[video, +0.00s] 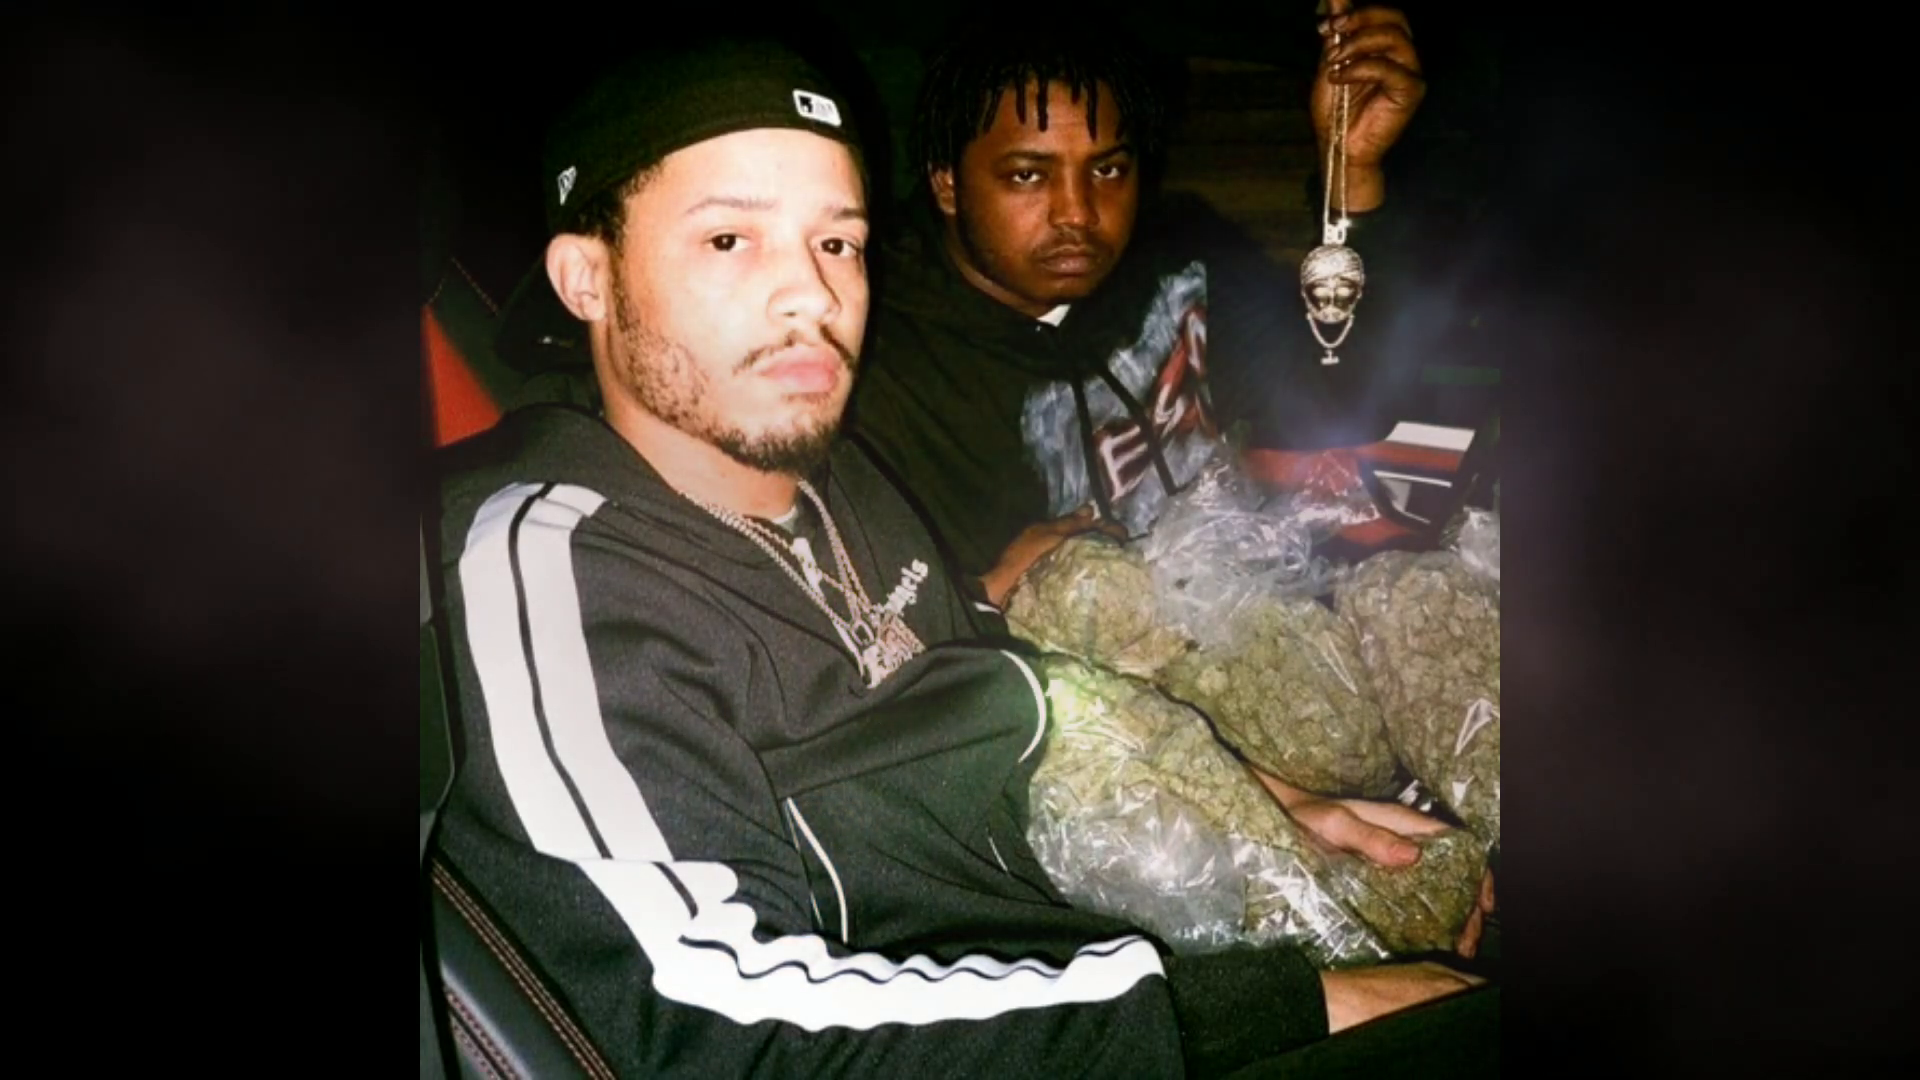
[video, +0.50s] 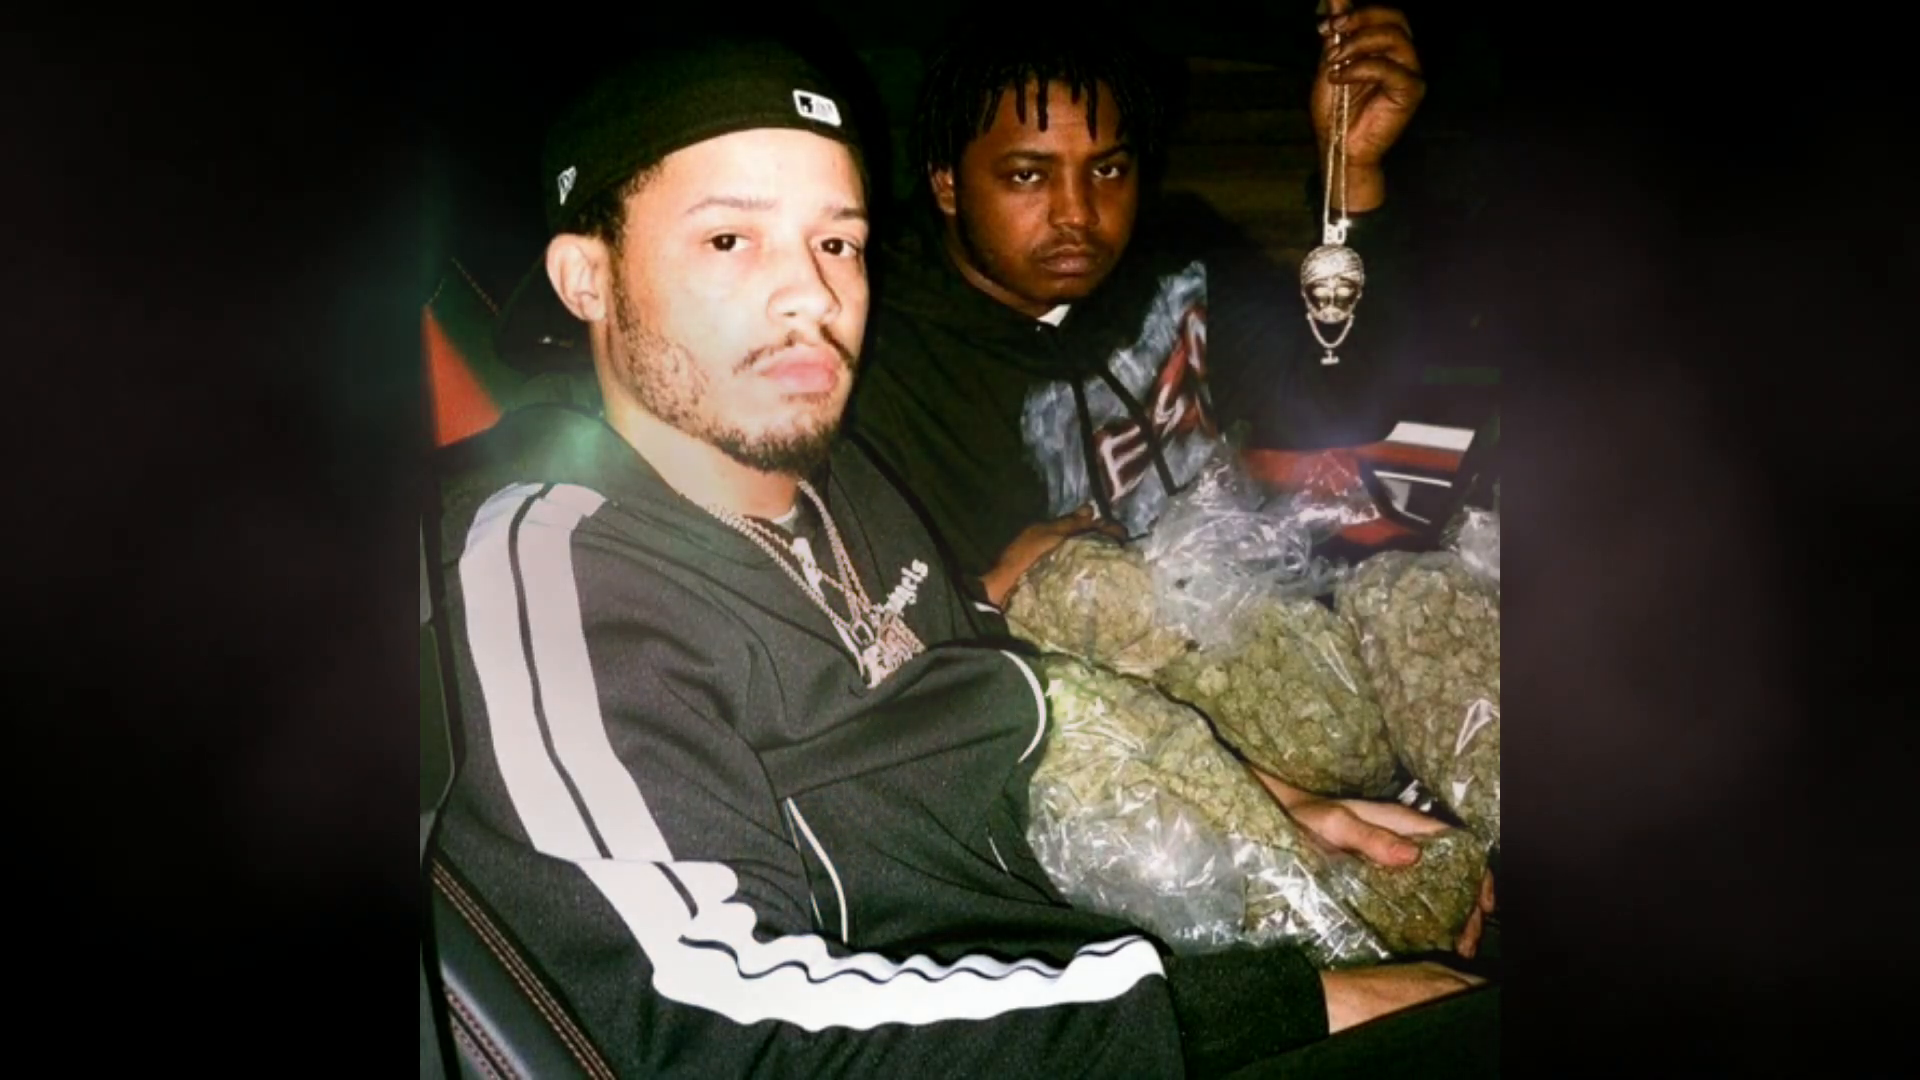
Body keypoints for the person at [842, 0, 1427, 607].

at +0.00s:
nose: (1077, 216)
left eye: (1107, 170)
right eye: (1028, 176)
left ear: (1141, 172)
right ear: (946, 187)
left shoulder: (1183, 251)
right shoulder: (894, 375)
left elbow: (1342, 411)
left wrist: (1352, 172)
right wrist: (994, 590)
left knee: (1422, 594)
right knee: (1076, 580)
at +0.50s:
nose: (1077, 216)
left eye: (1107, 171)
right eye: (1028, 176)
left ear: (1140, 173)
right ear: (946, 187)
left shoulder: (1179, 255)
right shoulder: (896, 367)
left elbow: (1343, 407)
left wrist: (1352, 172)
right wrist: (997, 586)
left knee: (1422, 596)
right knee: (1075, 578)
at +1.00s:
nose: (1077, 217)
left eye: (1108, 171)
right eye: (1028, 176)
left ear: (1141, 172)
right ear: (946, 187)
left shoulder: (1180, 255)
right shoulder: (892, 373)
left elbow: (1345, 408)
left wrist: (1352, 171)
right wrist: (990, 594)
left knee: (1429, 604)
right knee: (1079, 581)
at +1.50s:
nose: (1077, 217)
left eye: (1107, 171)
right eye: (1029, 176)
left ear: (1140, 174)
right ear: (946, 187)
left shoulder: (1176, 254)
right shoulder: (890, 375)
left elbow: (1341, 409)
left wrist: (1353, 171)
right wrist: (990, 596)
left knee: (1432, 604)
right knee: (1083, 584)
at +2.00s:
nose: (1077, 216)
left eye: (1108, 171)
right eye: (1029, 175)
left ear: (1140, 175)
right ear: (945, 187)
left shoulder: (1176, 268)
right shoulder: (889, 371)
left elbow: (1343, 411)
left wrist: (1353, 173)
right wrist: (989, 597)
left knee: (1428, 603)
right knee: (1083, 584)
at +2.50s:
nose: (1078, 216)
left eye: (1108, 170)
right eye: (1028, 175)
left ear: (1142, 173)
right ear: (944, 186)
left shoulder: (1180, 256)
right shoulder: (892, 362)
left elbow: (1347, 414)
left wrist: (1352, 173)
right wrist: (992, 592)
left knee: (1429, 599)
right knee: (1082, 581)